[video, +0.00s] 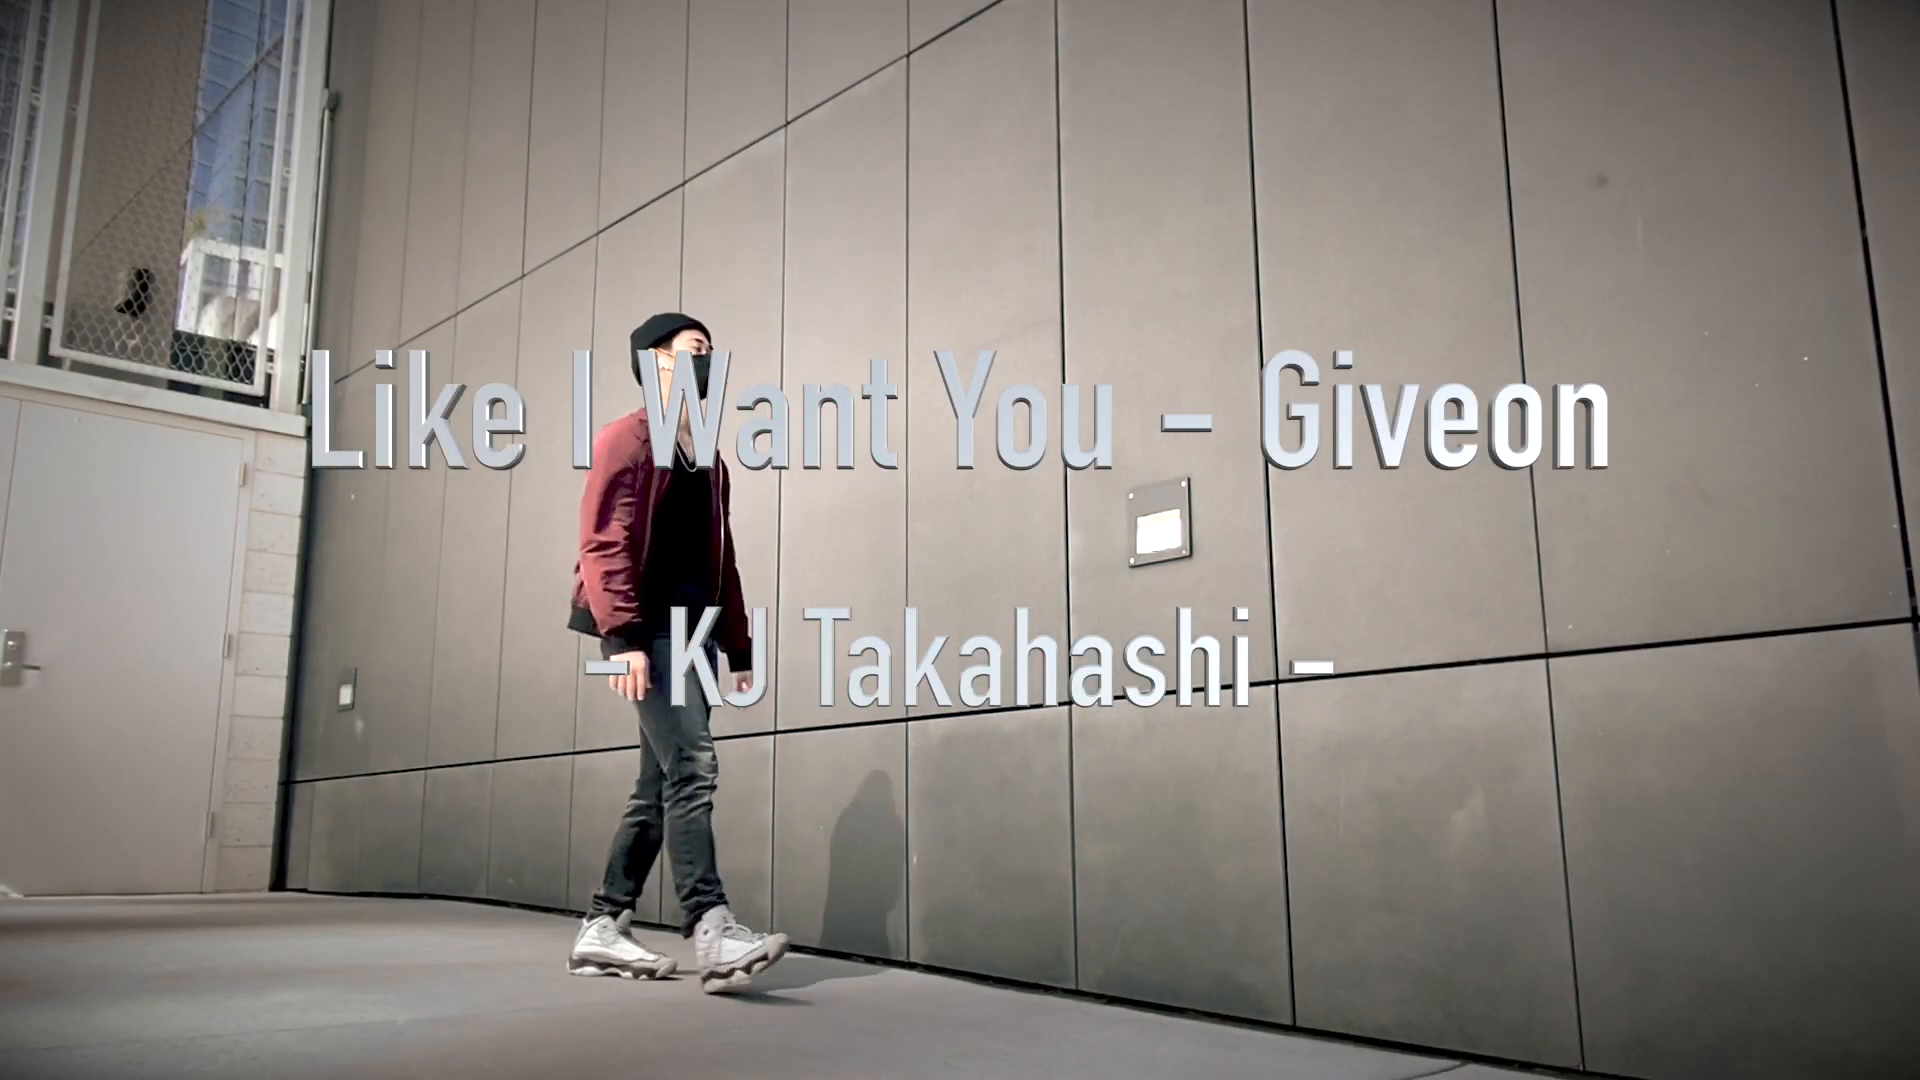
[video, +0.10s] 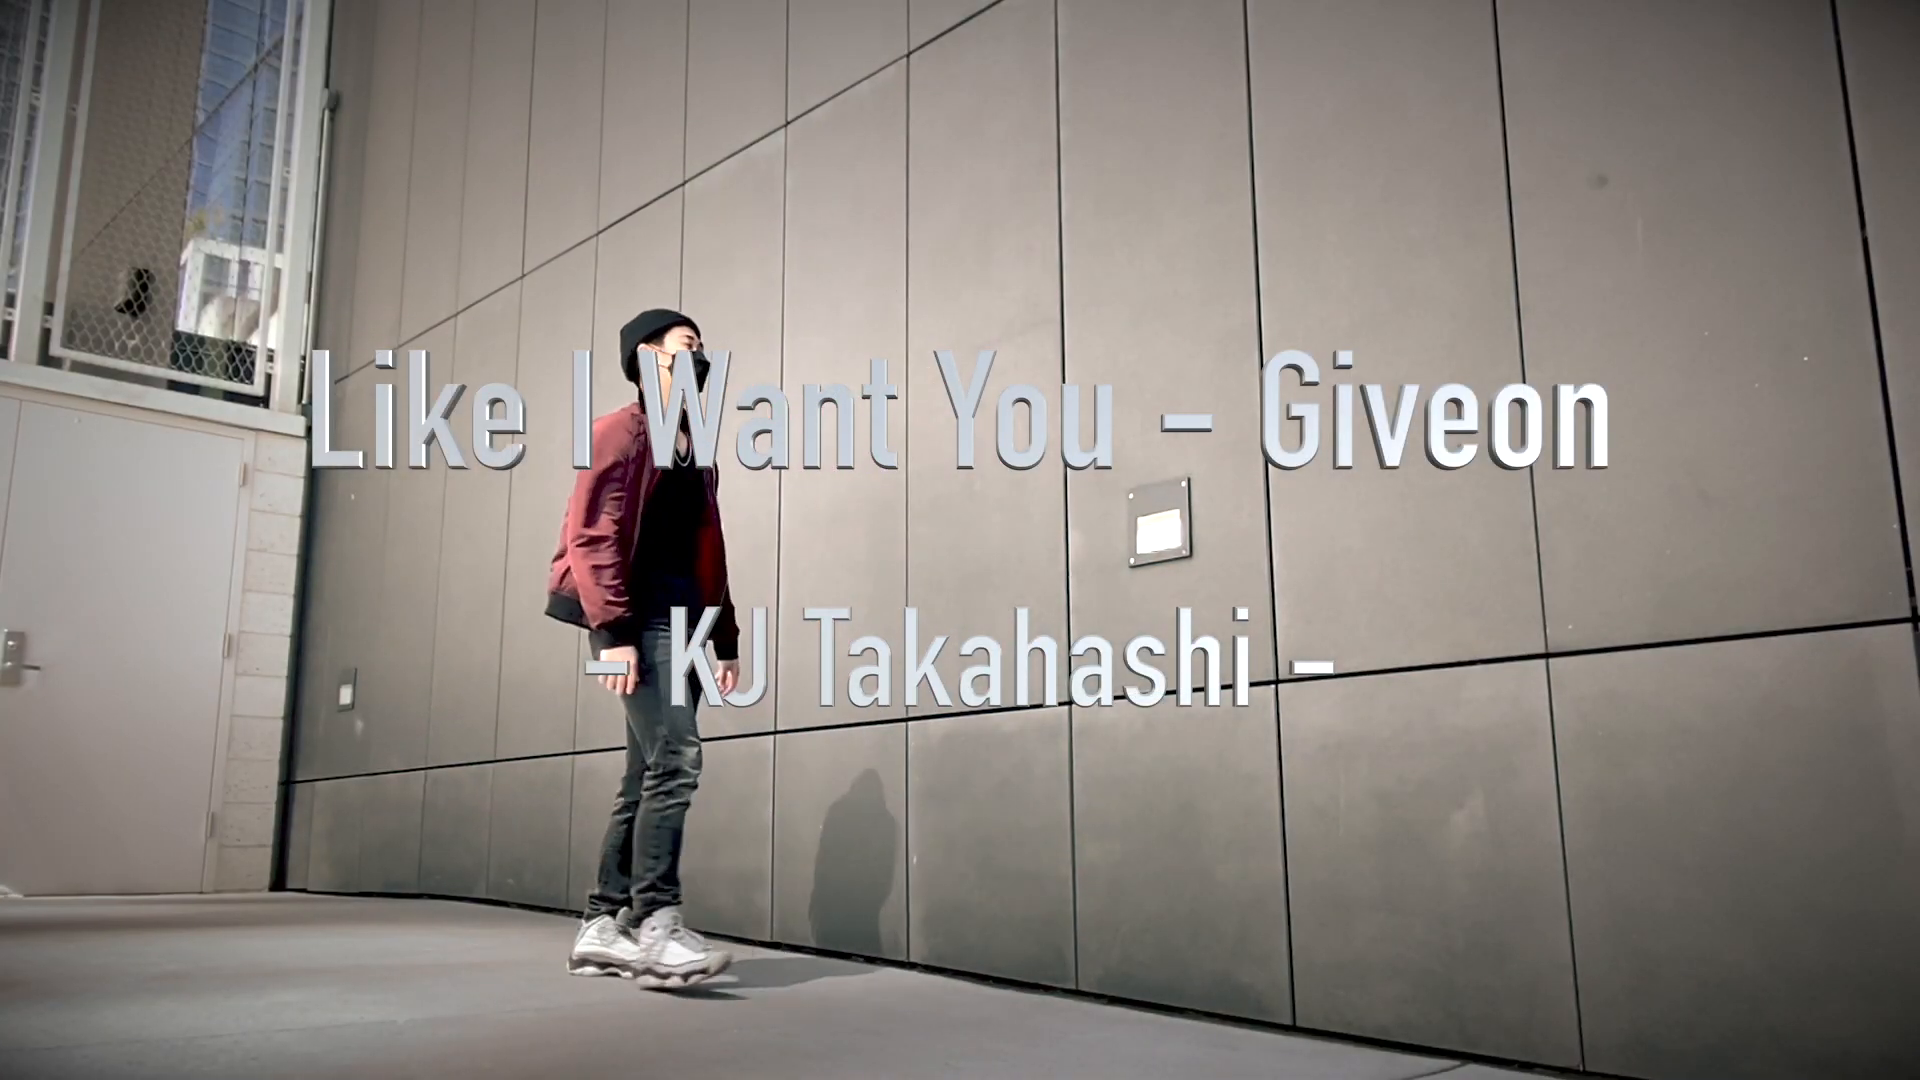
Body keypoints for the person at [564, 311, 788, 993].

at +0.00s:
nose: (703, 367)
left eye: (707, 358)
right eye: (691, 355)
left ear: (710, 368)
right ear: (654, 363)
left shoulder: (710, 457)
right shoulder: (626, 439)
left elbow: (720, 556)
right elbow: (603, 546)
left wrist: (739, 647)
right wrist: (623, 640)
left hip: (693, 632)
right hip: (647, 632)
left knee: (657, 786)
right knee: (692, 772)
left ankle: (603, 928)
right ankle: (713, 931)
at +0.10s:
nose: (694, 361)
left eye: (696, 352)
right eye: (680, 351)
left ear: (694, 366)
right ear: (644, 363)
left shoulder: (693, 442)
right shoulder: (621, 432)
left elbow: (707, 549)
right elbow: (590, 536)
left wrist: (724, 639)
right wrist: (612, 635)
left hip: (679, 621)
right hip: (642, 620)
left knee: (645, 778)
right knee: (674, 768)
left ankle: (603, 927)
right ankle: (655, 929)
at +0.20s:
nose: (685, 368)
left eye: (689, 358)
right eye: (671, 357)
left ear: (691, 369)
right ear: (635, 368)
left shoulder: (687, 441)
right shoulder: (618, 432)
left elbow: (699, 543)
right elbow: (583, 537)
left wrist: (719, 640)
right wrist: (603, 637)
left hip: (673, 621)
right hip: (628, 620)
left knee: (653, 772)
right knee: (646, 772)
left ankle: (614, 929)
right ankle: (598, 931)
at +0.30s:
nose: (679, 365)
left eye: (680, 355)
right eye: (666, 354)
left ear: (675, 365)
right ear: (628, 364)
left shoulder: (679, 441)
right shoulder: (606, 433)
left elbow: (692, 550)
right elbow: (577, 539)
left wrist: (715, 643)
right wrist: (592, 638)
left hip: (663, 628)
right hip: (612, 627)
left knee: (644, 782)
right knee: (614, 775)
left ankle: (602, 926)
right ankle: (552, 926)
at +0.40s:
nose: (669, 359)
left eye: (673, 350)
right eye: (657, 348)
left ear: (672, 363)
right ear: (619, 359)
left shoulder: (672, 445)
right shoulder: (592, 433)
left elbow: (685, 552)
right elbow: (569, 537)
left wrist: (704, 641)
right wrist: (586, 632)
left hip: (656, 634)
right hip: (595, 628)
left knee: (630, 786)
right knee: (582, 773)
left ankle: (602, 927)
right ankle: (511, 914)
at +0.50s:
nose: (655, 360)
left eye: (659, 352)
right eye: (643, 350)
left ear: (662, 363)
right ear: (608, 358)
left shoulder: (667, 448)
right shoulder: (574, 433)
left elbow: (674, 551)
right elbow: (551, 539)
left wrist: (686, 636)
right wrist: (582, 625)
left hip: (645, 628)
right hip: (574, 623)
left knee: (624, 785)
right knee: (555, 772)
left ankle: (599, 927)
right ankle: (488, 916)